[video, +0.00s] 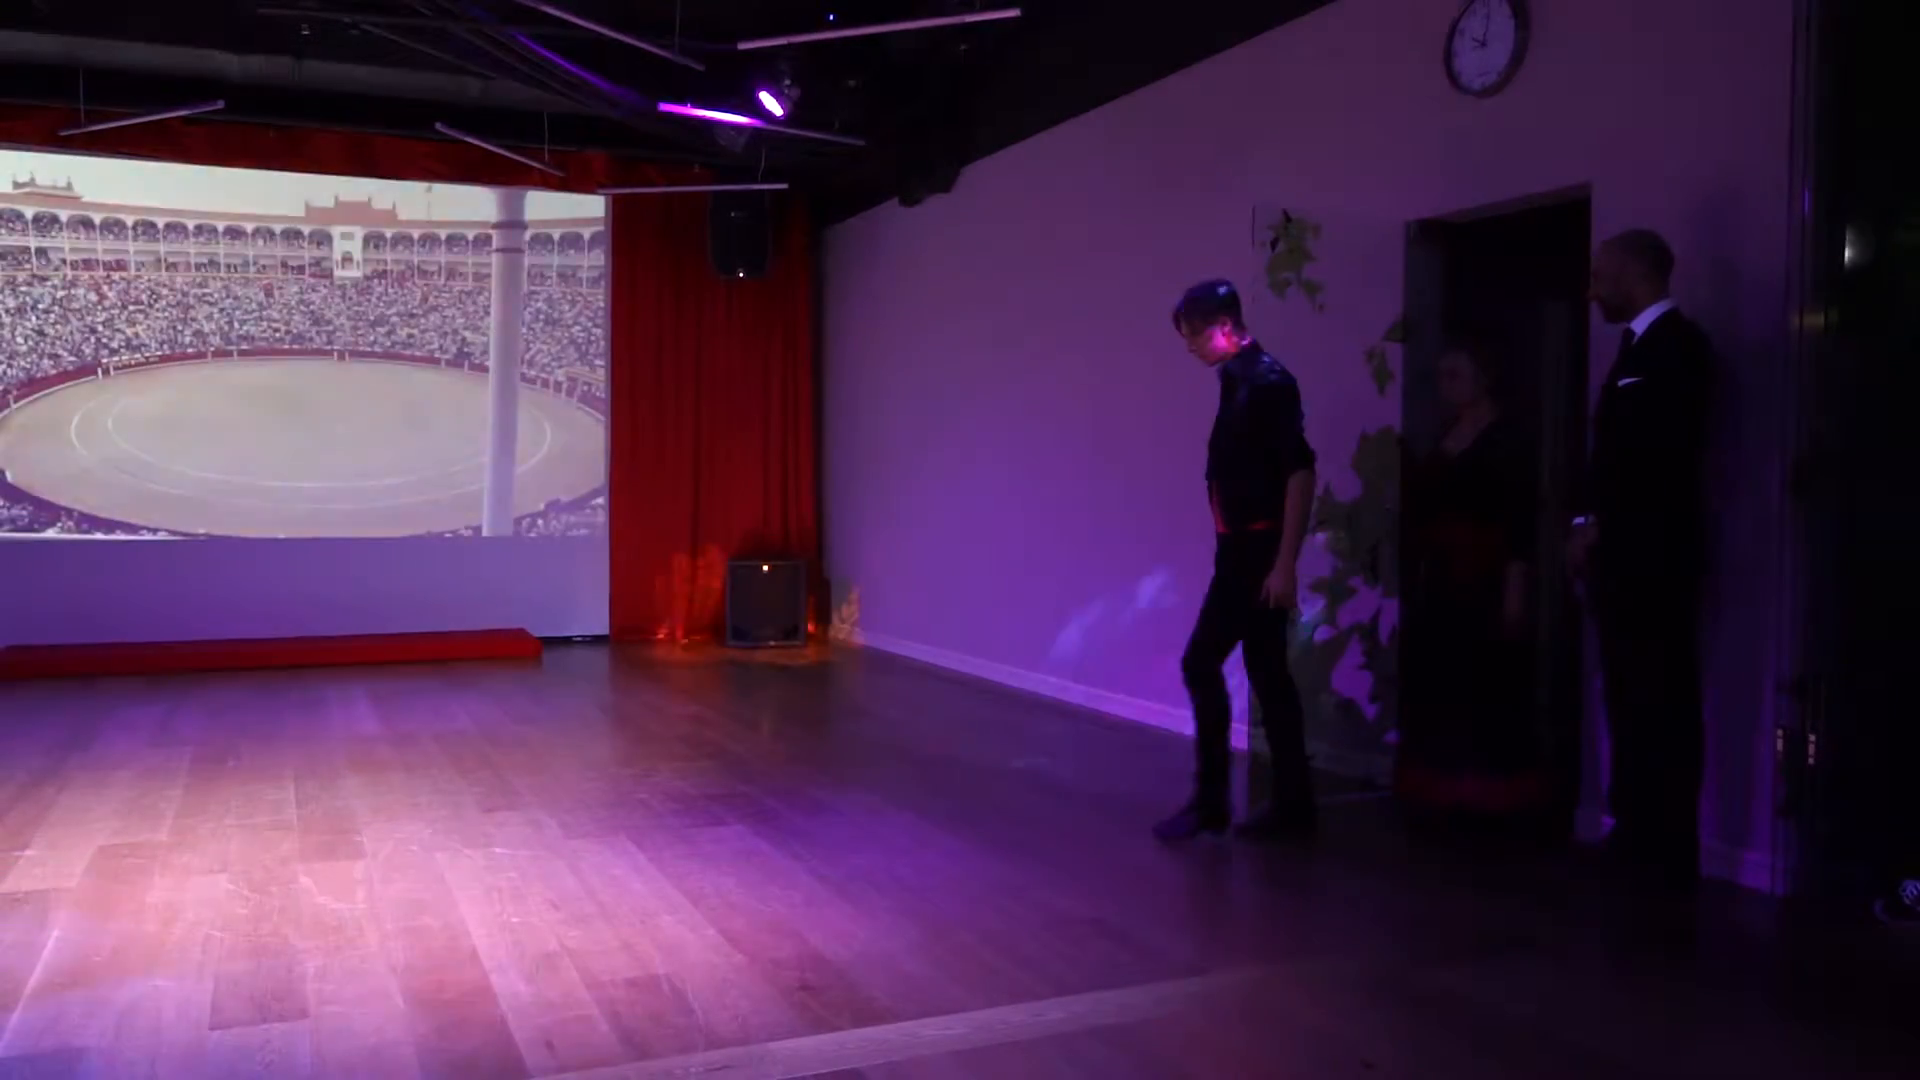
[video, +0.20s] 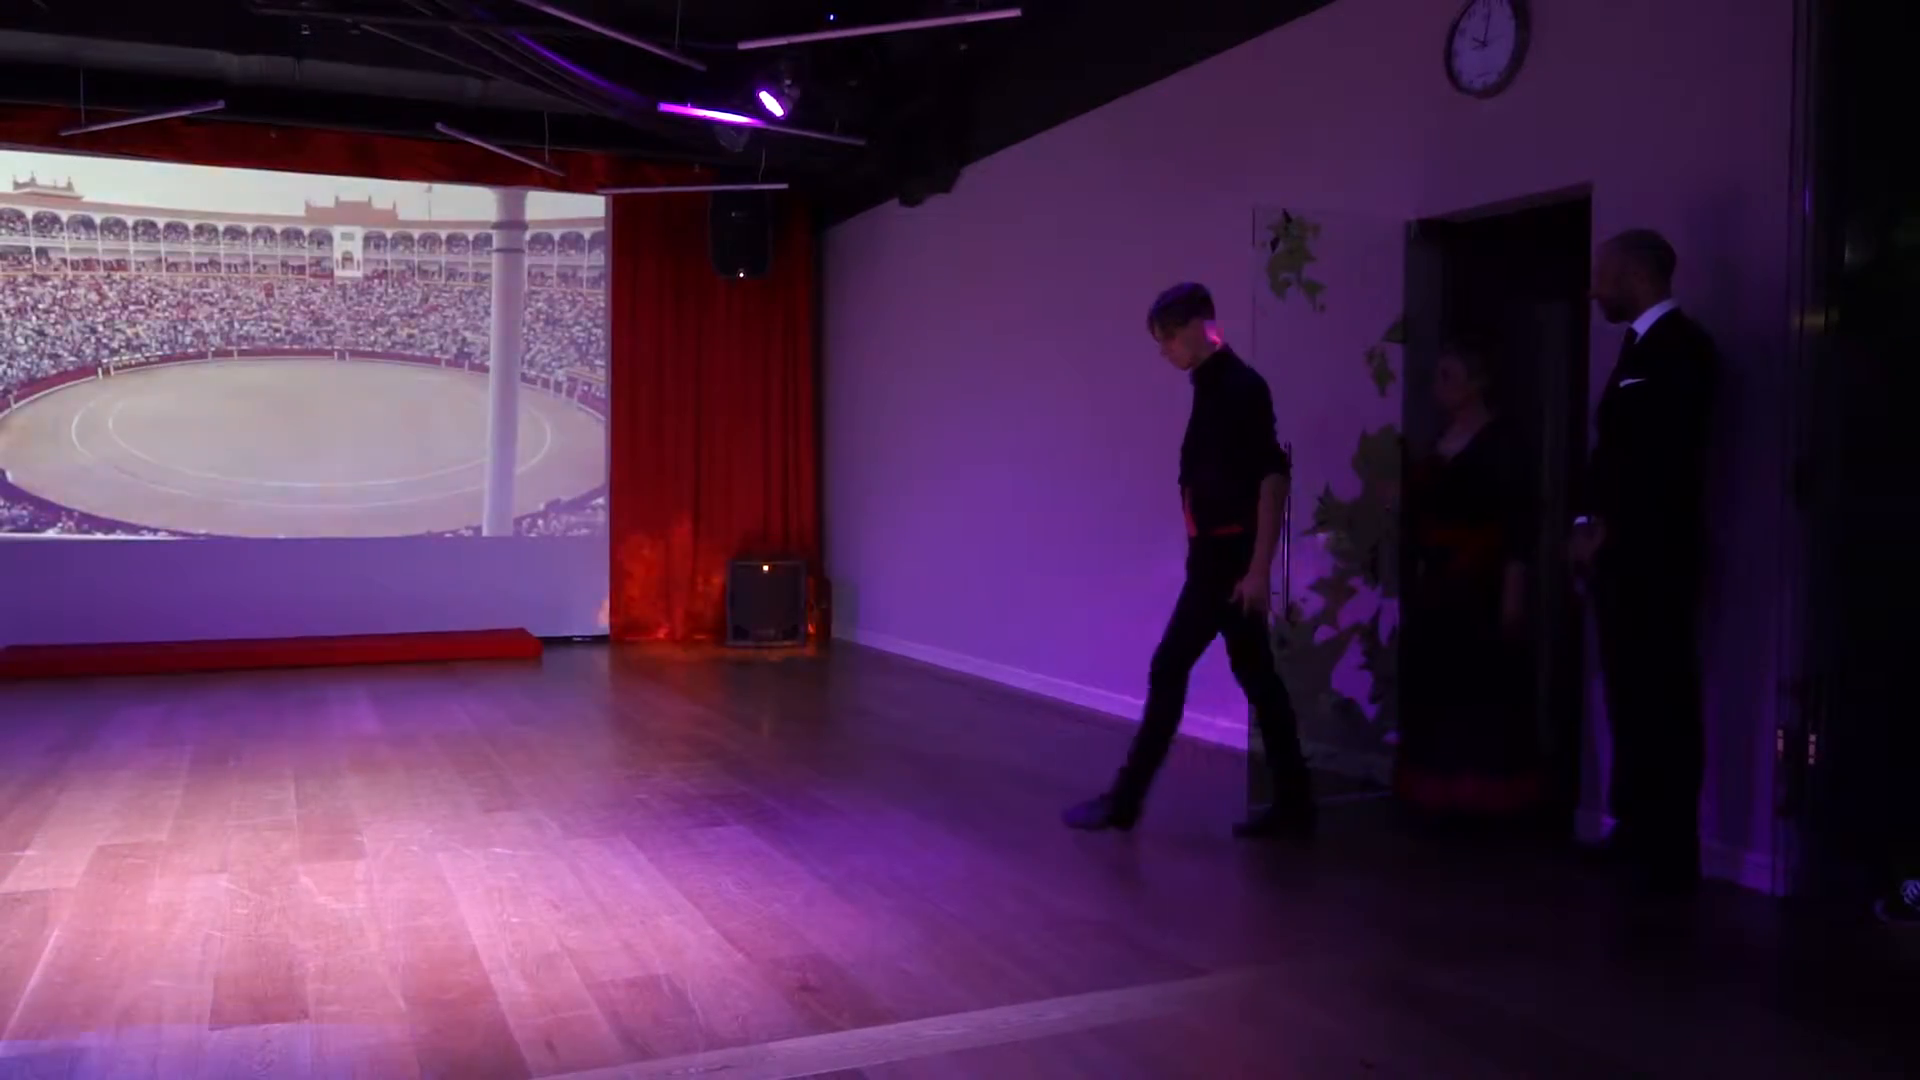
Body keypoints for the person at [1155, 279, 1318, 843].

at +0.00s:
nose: (1190, 349)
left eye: (1193, 337)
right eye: (1187, 339)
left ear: (1222, 327)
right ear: (1223, 328)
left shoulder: (1267, 381)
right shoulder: (1240, 379)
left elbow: (1300, 473)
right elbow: (1239, 466)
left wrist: (1285, 564)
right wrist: (1230, 542)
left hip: (1255, 551)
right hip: (1245, 548)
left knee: (1200, 663)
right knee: (1269, 675)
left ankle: (1211, 800)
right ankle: (1293, 802)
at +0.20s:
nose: (1164, 352)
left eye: (1167, 340)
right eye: (1160, 342)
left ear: (1197, 331)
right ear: (1198, 334)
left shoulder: (1239, 387)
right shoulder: (1211, 386)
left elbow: (1274, 477)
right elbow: (1212, 476)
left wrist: (1259, 569)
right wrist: (1201, 545)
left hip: (1228, 557)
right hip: (1216, 554)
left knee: (1169, 667)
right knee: (1259, 679)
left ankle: (1124, 801)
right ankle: (1294, 804)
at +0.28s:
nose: (1152, 353)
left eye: (1156, 339)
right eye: (1148, 342)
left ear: (1185, 328)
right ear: (1176, 334)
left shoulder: (1225, 387)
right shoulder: (1196, 386)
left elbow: (1257, 477)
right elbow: (1194, 473)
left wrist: (1243, 568)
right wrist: (1184, 546)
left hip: (1212, 557)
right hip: (1203, 555)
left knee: (1158, 672)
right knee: (1247, 676)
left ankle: (1111, 801)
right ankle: (1292, 800)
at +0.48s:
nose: (1109, 347)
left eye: (1113, 334)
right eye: (1104, 337)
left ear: (1142, 324)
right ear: (1134, 329)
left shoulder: (1179, 382)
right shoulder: (1155, 380)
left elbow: (1205, 476)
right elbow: (1159, 471)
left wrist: (1189, 565)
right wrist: (1138, 548)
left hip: (1161, 550)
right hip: (1151, 547)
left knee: (1123, 670)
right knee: (1188, 668)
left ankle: (1101, 805)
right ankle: (1268, 779)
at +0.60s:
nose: (1083, 346)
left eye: (1085, 332)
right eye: (1078, 335)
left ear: (1113, 322)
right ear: (1111, 324)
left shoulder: (1153, 380)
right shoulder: (1127, 377)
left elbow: (1173, 476)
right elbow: (1126, 469)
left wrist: (1153, 564)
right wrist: (1105, 542)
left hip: (1135, 546)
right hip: (1117, 542)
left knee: (1112, 672)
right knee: (1126, 670)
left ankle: (1100, 806)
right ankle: (1222, 766)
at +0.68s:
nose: (1067, 344)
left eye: (1071, 331)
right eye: (1063, 333)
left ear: (1098, 321)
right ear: (1091, 326)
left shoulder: (1138, 380)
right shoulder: (1112, 376)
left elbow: (1152, 478)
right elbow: (1112, 469)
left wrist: (1127, 564)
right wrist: (1093, 546)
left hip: (1123, 542)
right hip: (1099, 539)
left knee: (1097, 668)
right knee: (1086, 665)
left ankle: (1099, 806)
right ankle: (1175, 763)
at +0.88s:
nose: (1027, 346)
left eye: (1031, 333)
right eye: (1023, 335)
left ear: (1058, 324)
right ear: (1049, 329)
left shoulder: (1097, 383)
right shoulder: (1071, 380)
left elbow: (1107, 481)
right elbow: (1077, 472)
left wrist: (1077, 566)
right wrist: (1054, 546)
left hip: (1090, 546)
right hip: (1062, 542)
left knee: (1079, 677)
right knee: (1011, 658)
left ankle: (1098, 806)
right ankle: (1019, 793)